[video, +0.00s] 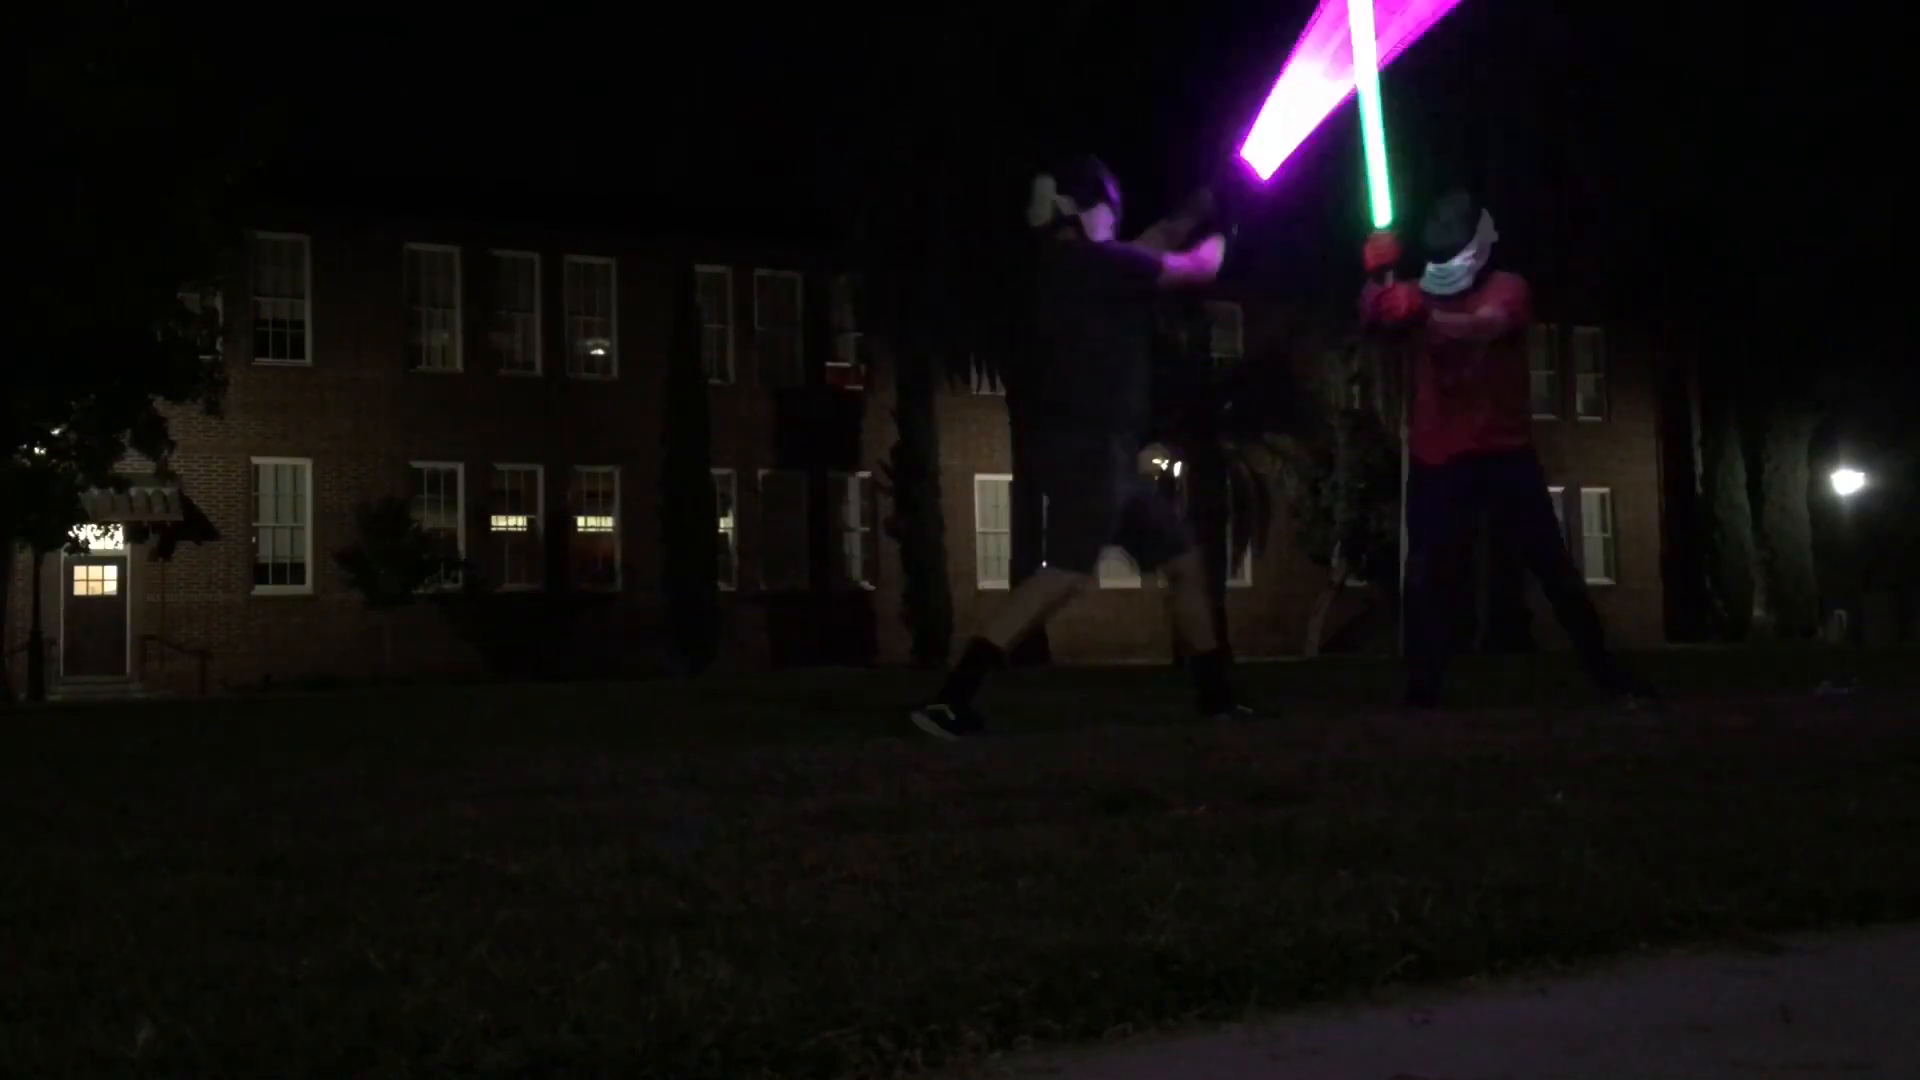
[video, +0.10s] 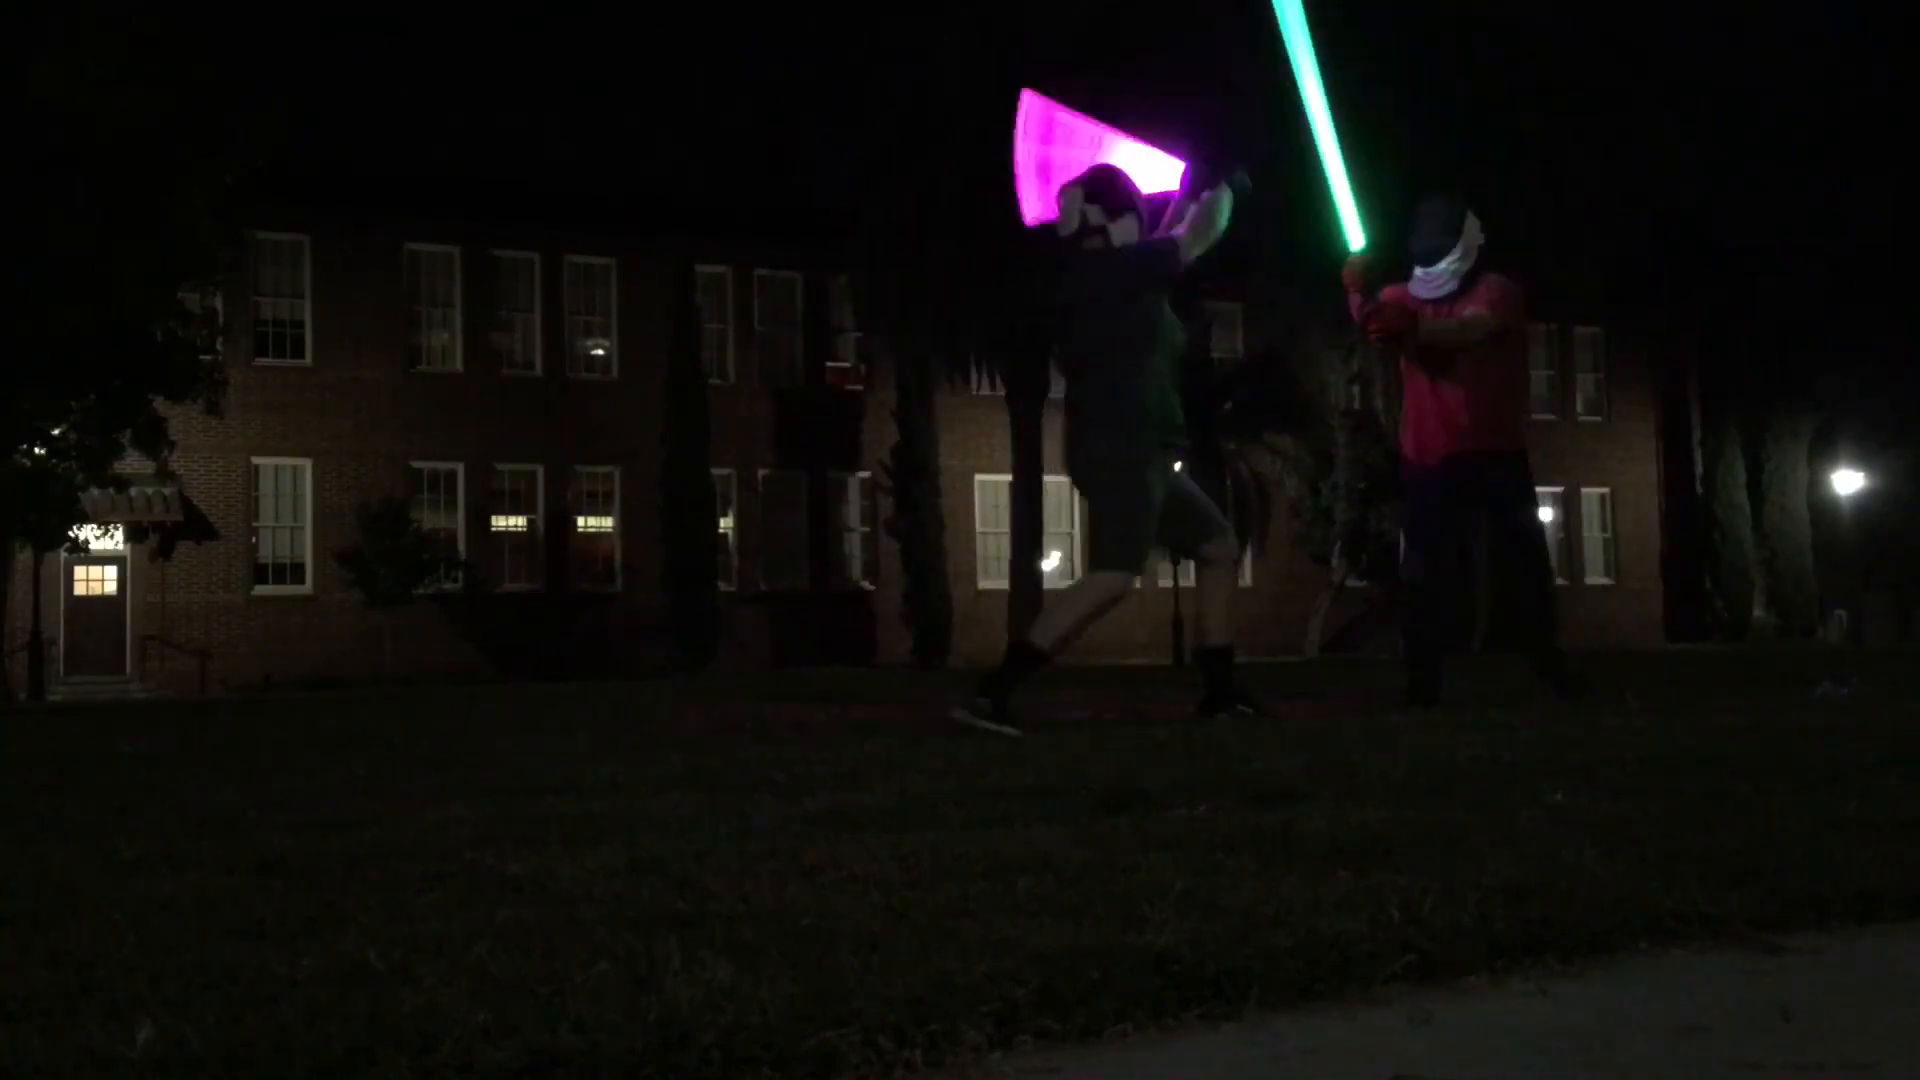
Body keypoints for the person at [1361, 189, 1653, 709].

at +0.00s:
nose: (1447, 243)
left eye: (1459, 229)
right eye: (1437, 231)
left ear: (1481, 236)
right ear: (1424, 240)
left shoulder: (1503, 287)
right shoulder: (1418, 295)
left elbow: (1488, 322)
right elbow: (1374, 314)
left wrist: (1422, 313)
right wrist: (1378, 274)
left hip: (1503, 456)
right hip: (1438, 460)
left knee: (1551, 568)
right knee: (1431, 574)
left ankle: (1607, 677)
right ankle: (1422, 688)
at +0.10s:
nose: (1431, 260)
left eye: (1443, 248)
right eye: (1424, 249)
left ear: (1466, 246)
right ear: (1416, 250)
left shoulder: (1492, 291)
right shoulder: (1407, 297)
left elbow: (1477, 326)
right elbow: (1371, 323)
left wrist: (1411, 331)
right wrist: (1356, 285)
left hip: (1493, 457)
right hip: (1428, 463)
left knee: (1515, 561)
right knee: (1427, 569)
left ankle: (1539, 665)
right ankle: (1423, 678)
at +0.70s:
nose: (1473, 324)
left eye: (1483, 315)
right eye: (1465, 315)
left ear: (1500, 307)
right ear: (1451, 303)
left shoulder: (1511, 334)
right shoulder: (1430, 331)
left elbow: (1524, 304)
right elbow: (1423, 386)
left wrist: (1473, 282)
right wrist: (1414, 331)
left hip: (1494, 468)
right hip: (1435, 468)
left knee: (1511, 569)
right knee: (1434, 563)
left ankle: (1497, 675)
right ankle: (1412, 674)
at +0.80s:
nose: (1464, 305)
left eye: (1472, 297)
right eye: (1454, 295)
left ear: (1488, 293)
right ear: (1440, 291)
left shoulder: (1508, 327)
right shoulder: (1427, 327)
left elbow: (1525, 300)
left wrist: (1488, 285)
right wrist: (1414, 326)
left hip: (1496, 465)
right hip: (1436, 467)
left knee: (1509, 569)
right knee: (1433, 566)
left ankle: (1498, 672)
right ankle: (1416, 669)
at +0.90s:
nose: (1461, 284)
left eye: (1468, 274)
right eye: (1452, 275)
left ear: (1482, 272)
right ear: (1436, 275)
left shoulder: (1501, 311)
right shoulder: (1424, 311)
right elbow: (1429, 378)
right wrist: (1473, 324)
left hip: (1495, 461)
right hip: (1435, 464)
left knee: (1502, 570)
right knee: (1435, 569)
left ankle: (1498, 672)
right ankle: (1420, 669)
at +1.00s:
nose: (1439, 306)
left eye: (1448, 296)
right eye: (1429, 297)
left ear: (1467, 283)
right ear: (1419, 289)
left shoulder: (1492, 325)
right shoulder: (1407, 328)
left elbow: (1510, 393)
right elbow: (1404, 394)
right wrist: (1465, 370)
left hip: (1488, 474)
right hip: (1428, 478)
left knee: (1498, 578)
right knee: (1434, 580)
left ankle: (1497, 676)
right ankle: (1428, 676)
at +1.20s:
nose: (1425, 326)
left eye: (1436, 315)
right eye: (1417, 317)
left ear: (1454, 306)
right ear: (1407, 311)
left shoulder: (1475, 349)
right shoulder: (1399, 354)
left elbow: (1474, 406)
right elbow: (1369, 401)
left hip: (1472, 491)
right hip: (1416, 493)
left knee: (1483, 582)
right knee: (1424, 589)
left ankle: (1489, 674)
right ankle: (1432, 678)